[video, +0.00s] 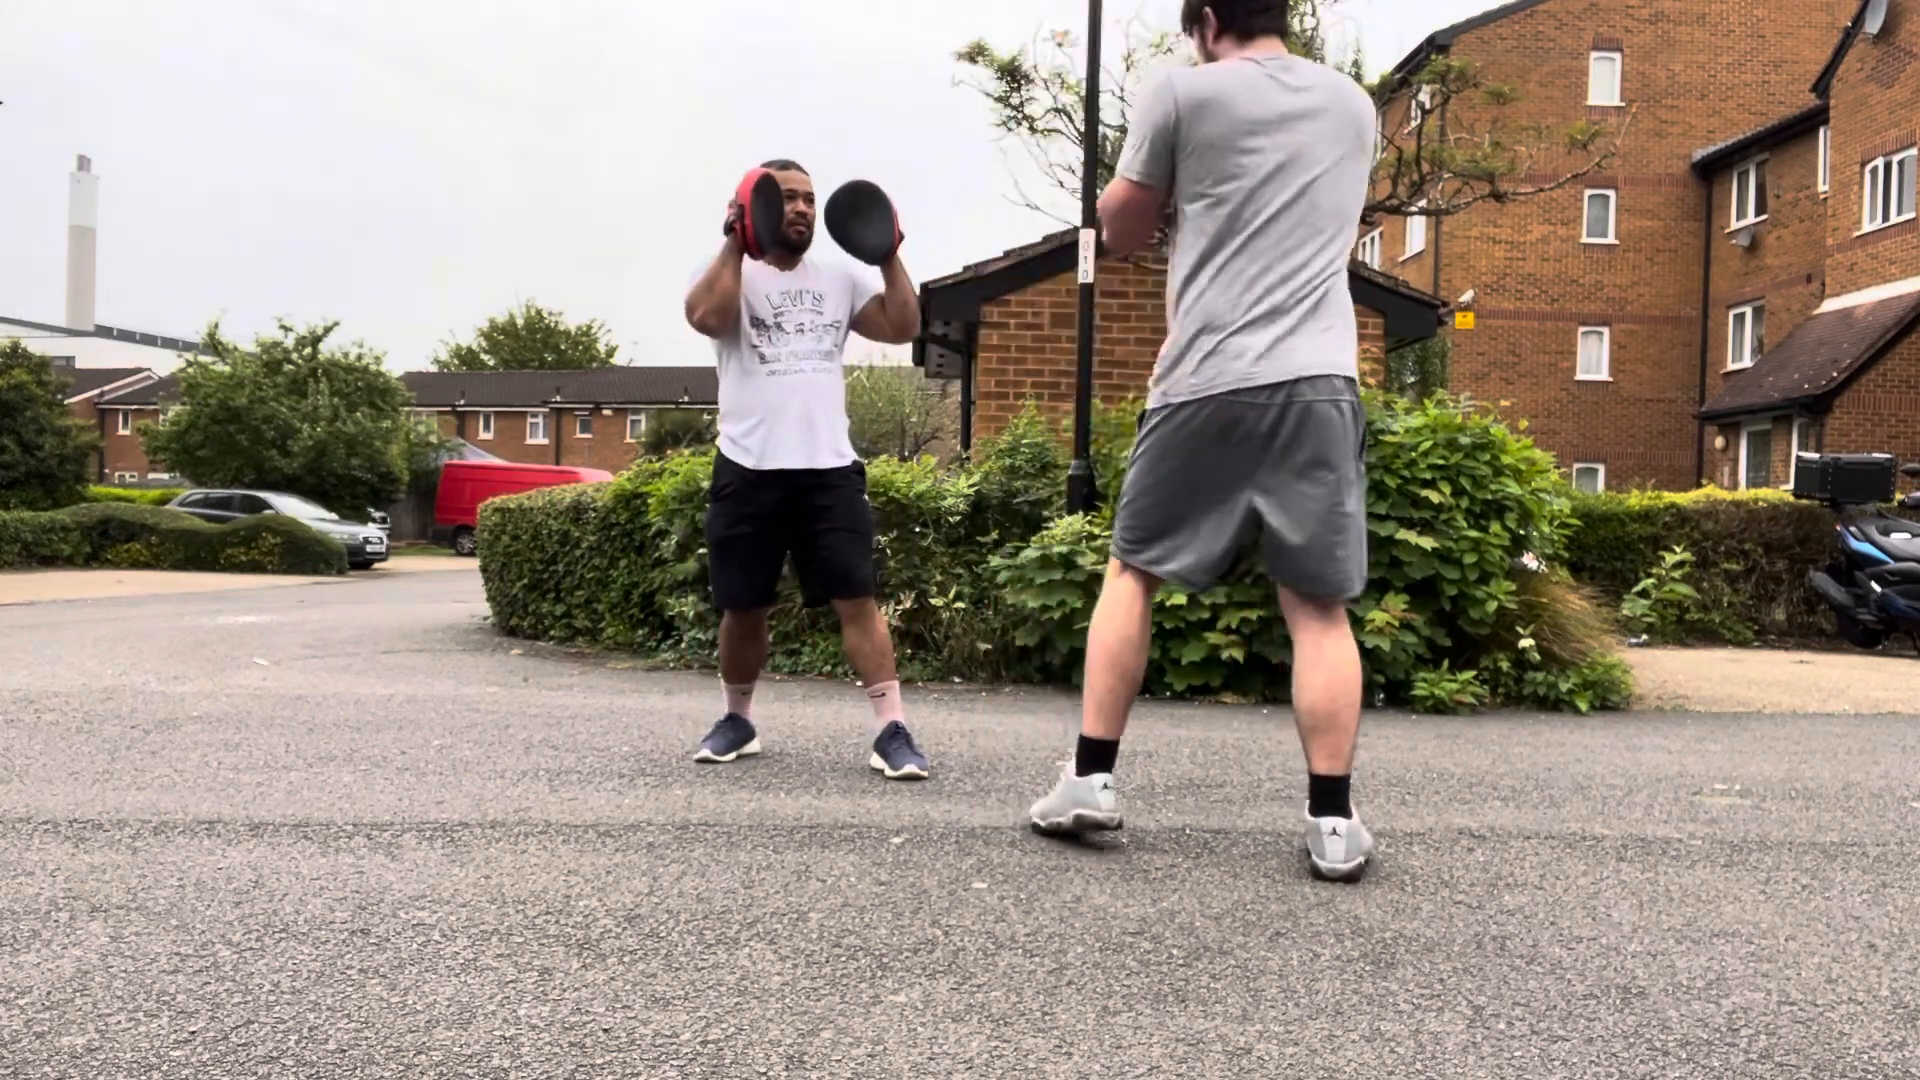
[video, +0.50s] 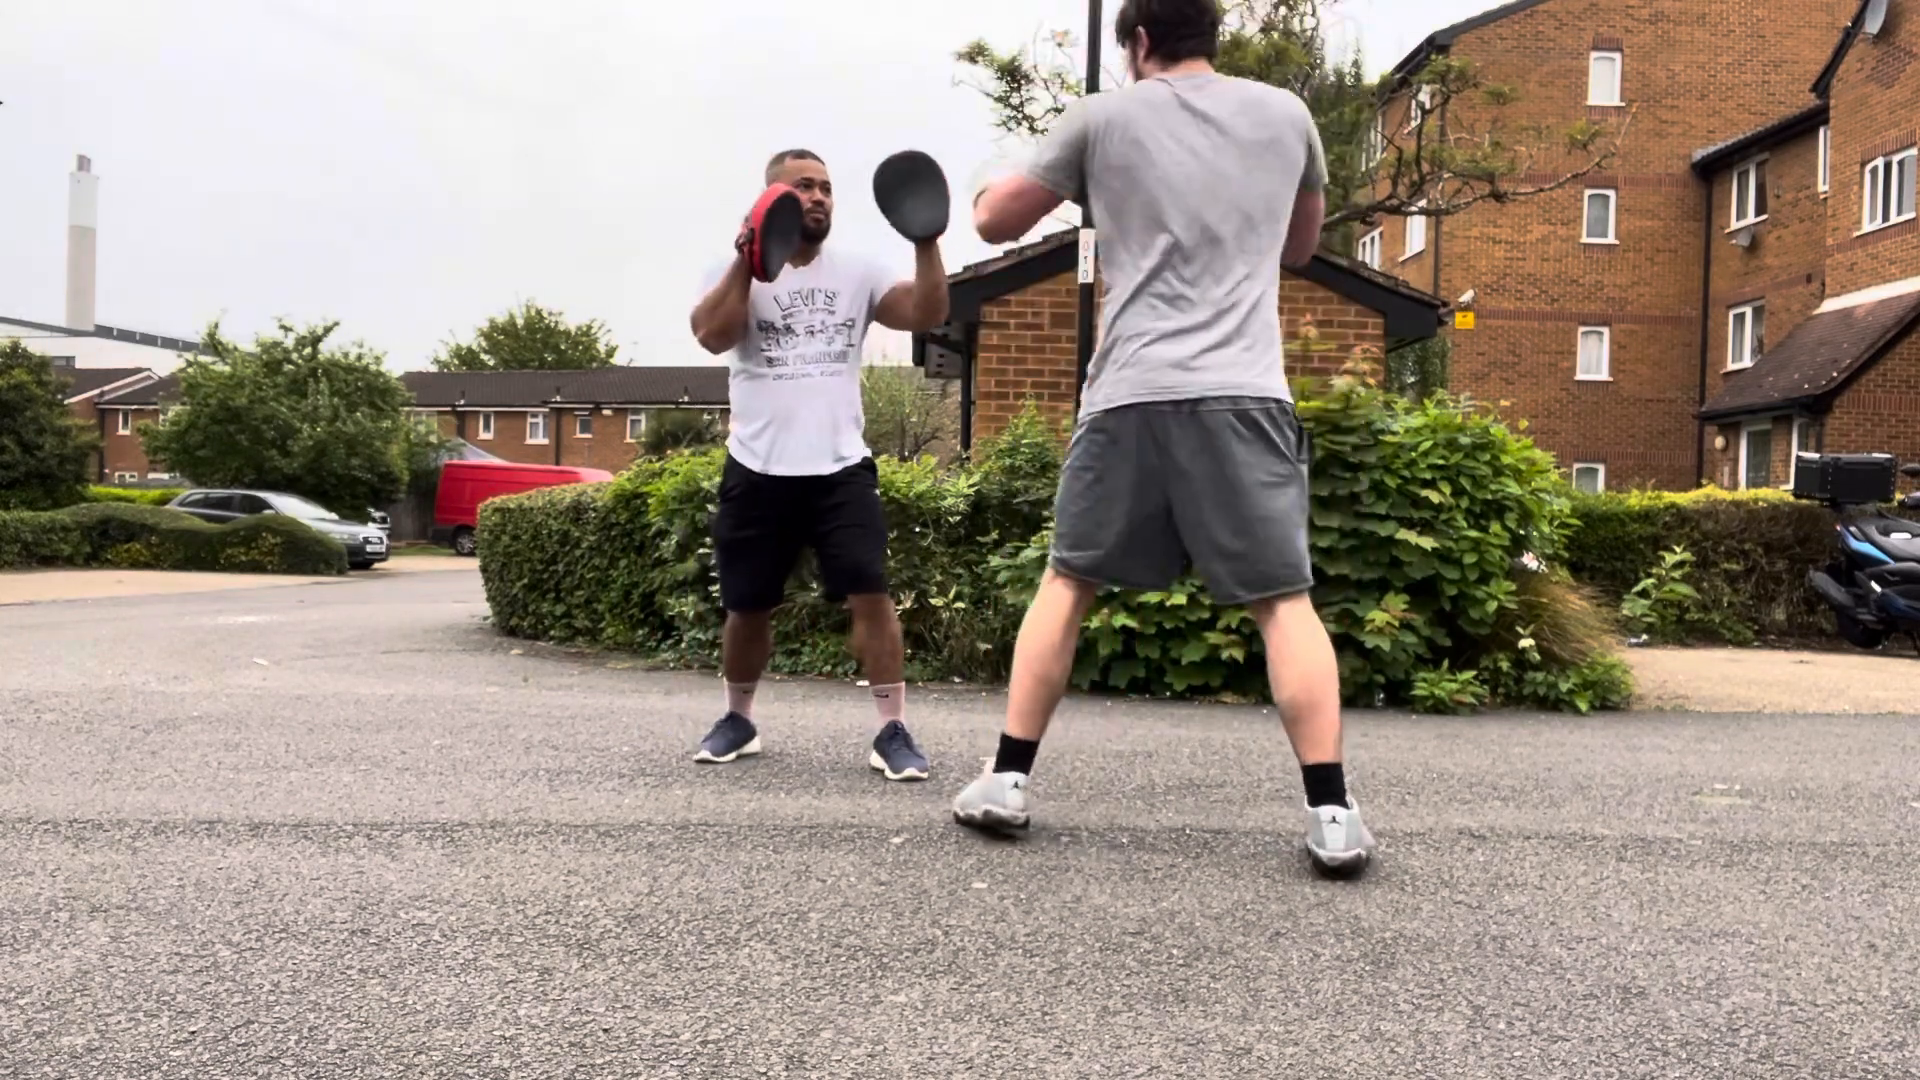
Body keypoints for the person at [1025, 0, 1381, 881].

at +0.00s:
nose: (1188, 41)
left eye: (1188, 28)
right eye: (1191, 30)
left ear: (1206, 21)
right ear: (1284, 20)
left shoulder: (1179, 88)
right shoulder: (1355, 105)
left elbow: (1122, 230)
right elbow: (1322, 212)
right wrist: (1177, 209)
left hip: (1206, 380)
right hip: (1319, 378)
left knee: (1132, 572)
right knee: (1320, 606)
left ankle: (1090, 782)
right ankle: (1333, 826)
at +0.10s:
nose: (1194, 43)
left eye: (1195, 30)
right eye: (1198, 32)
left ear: (1213, 24)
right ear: (1291, 24)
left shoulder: (1185, 89)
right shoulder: (1359, 110)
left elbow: (1122, 222)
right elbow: (1324, 216)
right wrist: (1185, 196)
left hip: (1211, 389)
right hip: (1325, 389)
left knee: (1133, 572)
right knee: (1316, 604)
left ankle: (1094, 781)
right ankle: (1332, 824)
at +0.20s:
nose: (1191, 43)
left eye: (1192, 29)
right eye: (1194, 31)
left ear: (1213, 23)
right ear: (1289, 24)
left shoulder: (1185, 89)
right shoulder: (1358, 112)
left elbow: (1119, 219)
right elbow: (1324, 218)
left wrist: (1134, 229)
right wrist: (1182, 200)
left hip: (1208, 390)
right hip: (1324, 390)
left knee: (1119, 564)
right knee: (1314, 604)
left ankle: (1087, 764)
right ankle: (1332, 825)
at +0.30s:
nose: (1188, 41)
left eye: (1187, 28)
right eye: (1191, 31)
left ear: (1203, 23)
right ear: (1281, 25)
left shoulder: (1177, 97)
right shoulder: (1349, 113)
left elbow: (1106, 232)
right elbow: (1304, 217)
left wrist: (1159, 204)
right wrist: (1176, 202)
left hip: (1197, 390)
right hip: (1311, 392)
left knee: (1102, 559)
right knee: (1308, 598)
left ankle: (1053, 763)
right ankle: (1333, 822)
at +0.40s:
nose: (1173, 47)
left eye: (1173, 33)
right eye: (1180, 36)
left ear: (1185, 31)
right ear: (1261, 30)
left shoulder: (1157, 107)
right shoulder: (1331, 113)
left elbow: (1073, 232)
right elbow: (1279, 201)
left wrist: (1133, 176)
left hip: (1175, 392)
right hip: (1292, 394)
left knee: (1092, 575)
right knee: (1300, 601)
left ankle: (1014, 766)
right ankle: (1333, 823)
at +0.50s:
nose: (1126, 61)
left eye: (1127, 46)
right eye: (1129, 47)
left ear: (1141, 41)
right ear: (1212, 37)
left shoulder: (1104, 116)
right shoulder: (1287, 113)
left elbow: (996, 220)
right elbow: (1300, 247)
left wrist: (1003, 187)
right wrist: (1228, 207)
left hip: (1127, 395)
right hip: (1248, 395)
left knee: (1066, 582)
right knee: (1284, 598)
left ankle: (1006, 779)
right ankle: (1333, 813)